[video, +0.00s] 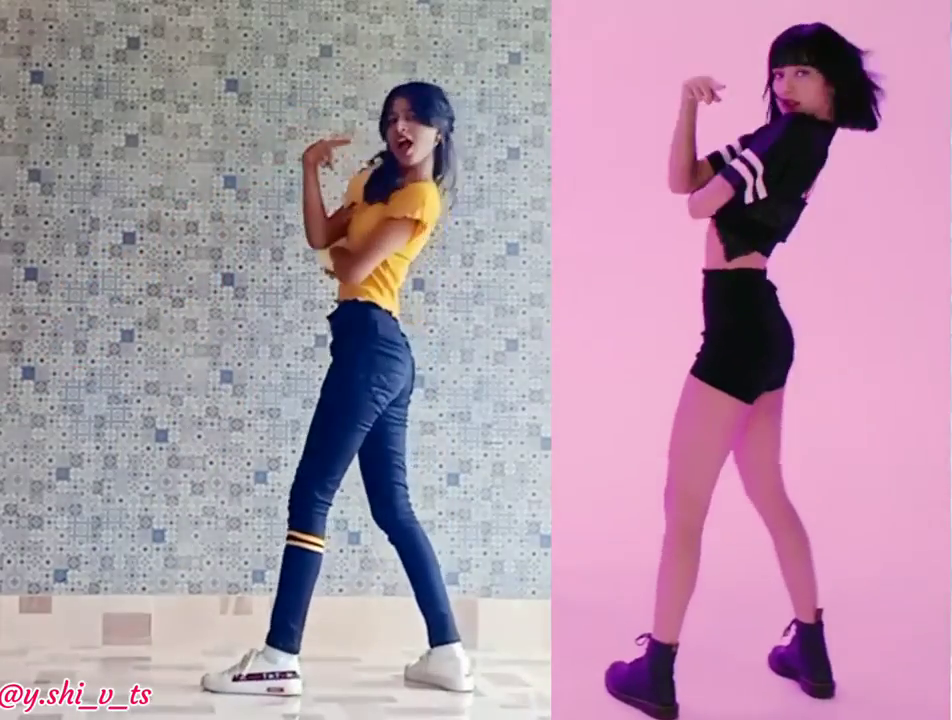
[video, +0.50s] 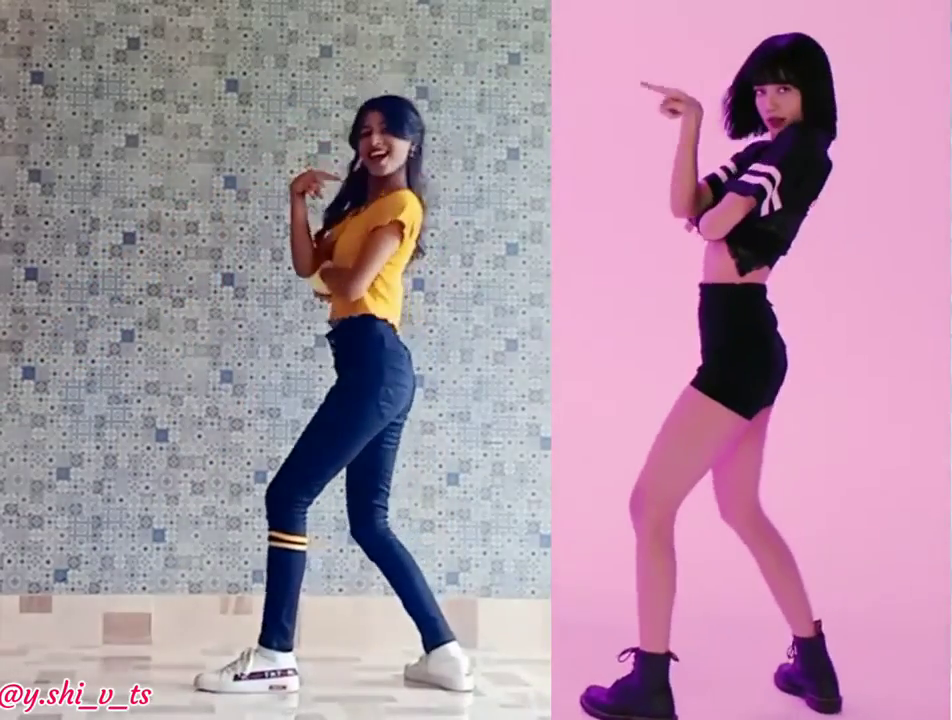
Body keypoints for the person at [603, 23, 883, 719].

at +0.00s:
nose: (786, 82)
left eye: (801, 71)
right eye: (779, 72)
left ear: (834, 83)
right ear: (775, 81)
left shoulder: (792, 138)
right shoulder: (795, 136)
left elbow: (702, 203)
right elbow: (684, 180)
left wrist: (715, 172)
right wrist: (688, 105)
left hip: (734, 330)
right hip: (762, 326)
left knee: (684, 502)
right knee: (767, 490)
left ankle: (657, 668)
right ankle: (810, 649)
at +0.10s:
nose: (791, 79)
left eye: (805, 68)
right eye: (783, 70)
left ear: (838, 77)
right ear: (781, 78)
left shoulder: (796, 137)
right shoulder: (814, 136)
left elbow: (704, 196)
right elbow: (700, 185)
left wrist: (697, 108)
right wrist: (697, 108)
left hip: (740, 329)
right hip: (767, 324)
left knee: (687, 502)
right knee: (772, 491)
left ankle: (661, 669)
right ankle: (817, 650)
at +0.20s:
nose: (791, 80)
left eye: (807, 69)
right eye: (783, 71)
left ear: (838, 77)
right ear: (777, 78)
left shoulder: (806, 134)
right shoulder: (800, 133)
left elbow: (720, 208)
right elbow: (696, 188)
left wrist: (737, 174)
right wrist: (694, 103)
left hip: (743, 330)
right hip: (767, 327)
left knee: (687, 501)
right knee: (773, 493)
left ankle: (663, 671)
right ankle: (823, 652)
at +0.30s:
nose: (776, 90)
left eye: (790, 77)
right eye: (768, 81)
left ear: (822, 80)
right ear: (763, 86)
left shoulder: (805, 141)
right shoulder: (793, 141)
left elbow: (723, 218)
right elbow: (701, 198)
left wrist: (737, 179)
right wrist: (686, 113)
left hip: (744, 344)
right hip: (761, 340)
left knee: (670, 503)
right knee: (766, 503)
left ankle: (658, 679)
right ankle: (822, 657)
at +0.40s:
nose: (764, 96)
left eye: (779, 83)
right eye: (756, 87)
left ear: (810, 86)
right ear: (751, 93)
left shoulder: (803, 149)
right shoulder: (776, 148)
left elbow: (727, 222)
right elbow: (699, 202)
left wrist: (725, 196)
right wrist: (698, 113)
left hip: (742, 351)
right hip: (757, 347)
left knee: (659, 503)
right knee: (758, 506)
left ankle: (655, 681)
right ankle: (818, 659)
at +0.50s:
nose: (772, 95)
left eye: (785, 84)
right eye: (763, 85)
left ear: (813, 91)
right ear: (753, 92)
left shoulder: (791, 150)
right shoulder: (770, 150)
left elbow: (715, 227)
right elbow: (685, 206)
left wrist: (721, 195)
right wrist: (690, 119)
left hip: (736, 351)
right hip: (750, 348)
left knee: (650, 504)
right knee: (741, 508)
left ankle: (650, 681)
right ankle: (812, 658)